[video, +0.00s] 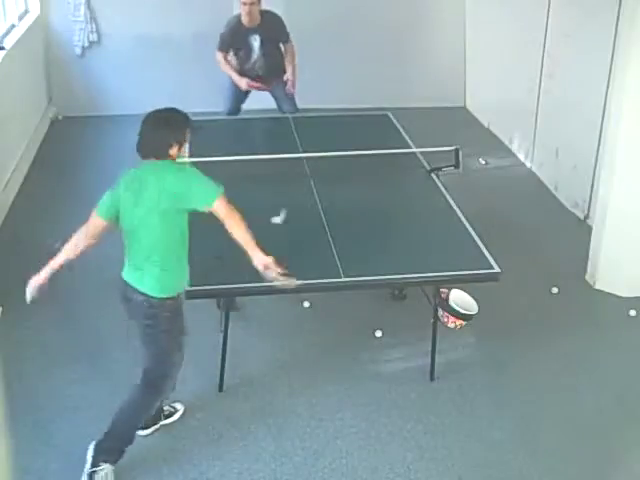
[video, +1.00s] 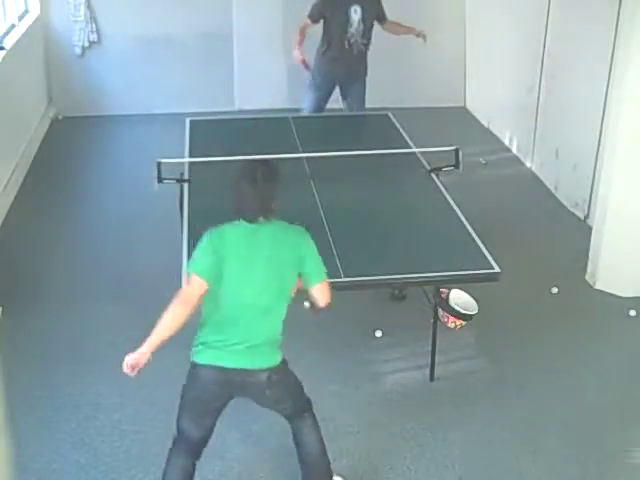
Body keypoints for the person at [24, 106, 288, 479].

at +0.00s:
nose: (188, 150)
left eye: (187, 143)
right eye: (186, 144)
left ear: (145, 145)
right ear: (176, 147)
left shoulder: (127, 181)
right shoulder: (184, 178)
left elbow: (89, 233)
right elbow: (227, 212)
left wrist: (46, 272)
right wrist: (258, 257)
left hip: (132, 289)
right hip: (160, 301)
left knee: (162, 355)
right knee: (155, 380)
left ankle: (151, 413)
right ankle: (104, 456)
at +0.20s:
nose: (189, 138)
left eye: (187, 132)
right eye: (187, 133)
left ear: (146, 139)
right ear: (179, 138)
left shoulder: (133, 177)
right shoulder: (199, 171)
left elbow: (108, 230)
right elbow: (240, 205)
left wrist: (76, 270)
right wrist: (279, 243)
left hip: (143, 290)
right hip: (182, 294)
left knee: (156, 348)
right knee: (199, 371)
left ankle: (148, 419)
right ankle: (172, 456)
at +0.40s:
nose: (209, 147)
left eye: (207, 141)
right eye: (207, 142)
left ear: (171, 146)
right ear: (203, 147)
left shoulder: (152, 188)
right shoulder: (218, 187)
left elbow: (132, 244)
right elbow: (258, 236)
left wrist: (105, 295)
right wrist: (302, 267)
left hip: (166, 300)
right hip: (205, 305)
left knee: (175, 347)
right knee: (246, 377)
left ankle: (154, 414)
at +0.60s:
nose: (249, 161)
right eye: (251, 156)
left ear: (216, 160)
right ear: (251, 161)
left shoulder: (196, 201)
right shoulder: (268, 204)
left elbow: (166, 256)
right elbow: (287, 258)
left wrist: (140, 305)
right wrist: (306, 277)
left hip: (201, 316)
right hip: (247, 320)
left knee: (182, 378)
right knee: (283, 389)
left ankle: (157, 432)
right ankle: (307, 465)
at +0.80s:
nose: (269, 167)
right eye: (269, 161)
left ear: (228, 164)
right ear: (267, 168)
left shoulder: (205, 204)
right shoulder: (278, 210)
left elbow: (170, 256)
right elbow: (294, 280)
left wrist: (144, 312)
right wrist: (291, 282)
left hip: (202, 333)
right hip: (253, 337)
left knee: (183, 405)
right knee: (290, 410)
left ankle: (165, 475)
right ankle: (316, 474)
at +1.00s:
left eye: (242, 189)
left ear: (238, 193)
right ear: (273, 194)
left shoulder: (216, 238)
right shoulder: (297, 238)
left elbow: (188, 300)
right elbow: (322, 299)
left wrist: (145, 349)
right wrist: (300, 285)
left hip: (210, 372)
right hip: (266, 372)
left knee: (186, 448)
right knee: (301, 417)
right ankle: (322, 475)